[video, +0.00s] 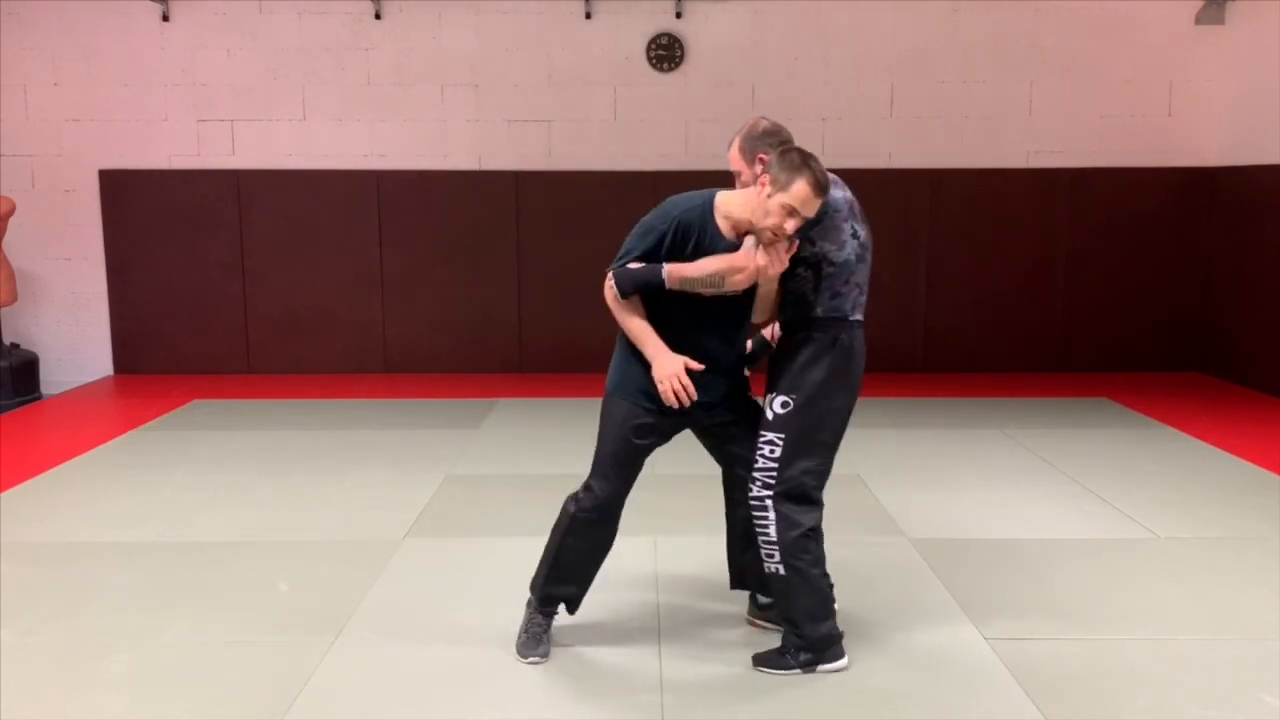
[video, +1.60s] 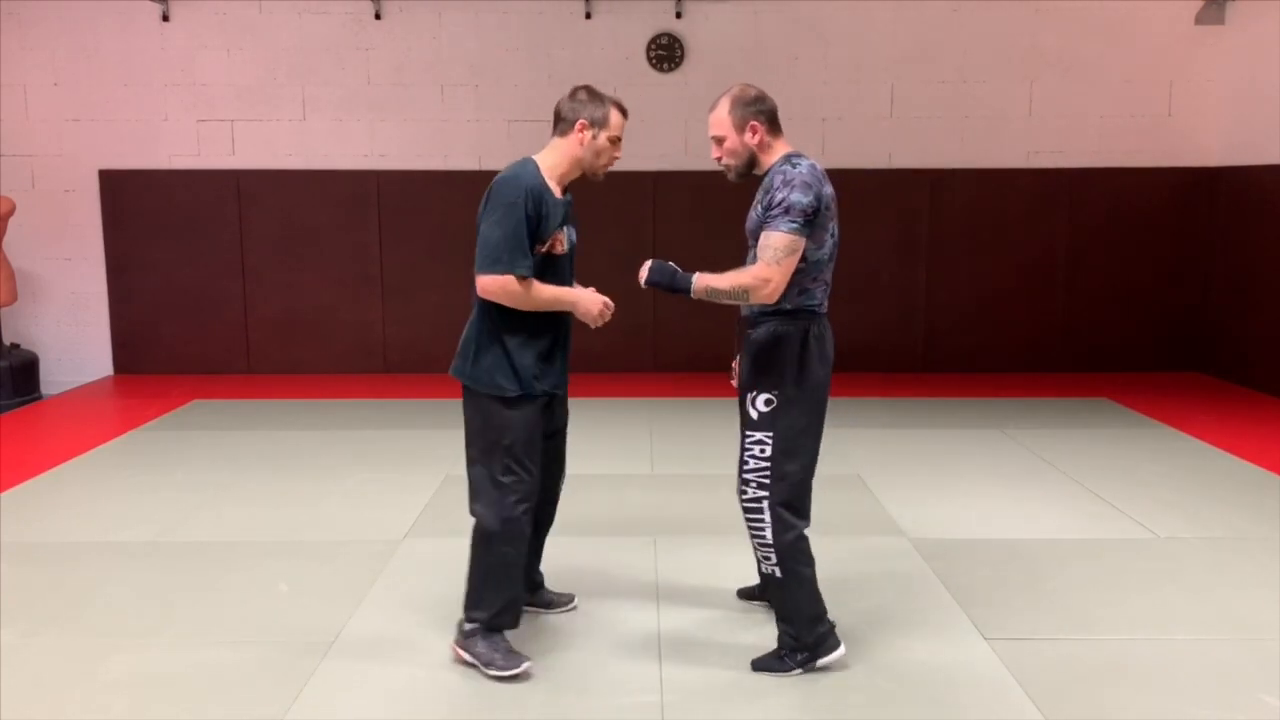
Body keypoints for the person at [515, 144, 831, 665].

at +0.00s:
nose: (791, 229)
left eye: (802, 222)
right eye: (789, 212)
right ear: (760, 185)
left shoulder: (769, 250)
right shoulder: (678, 217)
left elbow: (758, 328)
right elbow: (616, 288)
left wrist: (770, 279)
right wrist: (659, 357)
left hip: (720, 382)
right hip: (645, 378)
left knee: (762, 474)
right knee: (602, 495)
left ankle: (767, 595)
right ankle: (542, 607)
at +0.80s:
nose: (778, 198)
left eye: (784, 187)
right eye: (772, 184)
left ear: (747, 170)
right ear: (736, 164)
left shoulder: (757, 222)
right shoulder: (660, 209)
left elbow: (765, 292)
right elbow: (622, 302)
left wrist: (789, 321)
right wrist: (711, 334)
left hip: (721, 384)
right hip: (649, 384)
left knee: (758, 484)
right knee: (614, 503)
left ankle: (769, 598)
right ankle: (561, 632)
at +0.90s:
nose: (737, 190)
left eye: (741, 178)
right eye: (729, 177)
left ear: (702, 169)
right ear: (691, 166)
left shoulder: (709, 222)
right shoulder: (621, 225)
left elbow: (716, 293)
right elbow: (616, 328)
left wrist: (748, 324)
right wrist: (710, 339)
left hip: (698, 386)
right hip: (630, 394)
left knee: (741, 493)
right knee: (620, 514)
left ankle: (768, 599)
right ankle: (560, 637)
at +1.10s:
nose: (681, 168)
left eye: (684, 155)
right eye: (676, 155)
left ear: (639, 148)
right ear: (638, 148)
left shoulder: (633, 198)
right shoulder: (576, 222)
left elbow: (633, 288)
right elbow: (581, 333)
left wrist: (665, 311)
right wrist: (661, 327)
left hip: (637, 375)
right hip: (586, 388)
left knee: (672, 481)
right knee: (600, 514)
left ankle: (682, 589)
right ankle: (559, 638)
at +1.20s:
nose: (661, 151)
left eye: (663, 139)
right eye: (657, 139)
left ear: (621, 133)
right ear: (622, 133)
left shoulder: (607, 191)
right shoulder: (565, 205)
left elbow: (607, 284)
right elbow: (561, 315)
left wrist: (644, 297)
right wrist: (637, 309)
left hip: (619, 377)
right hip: (573, 387)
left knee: (633, 483)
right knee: (584, 513)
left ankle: (608, 583)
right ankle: (557, 638)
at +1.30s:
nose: (650, 142)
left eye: (651, 130)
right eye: (644, 130)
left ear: (608, 128)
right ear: (609, 128)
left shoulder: (592, 190)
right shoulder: (551, 197)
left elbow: (590, 279)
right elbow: (542, 302)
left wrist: (627, 295)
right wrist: (621, 300)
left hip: (592, 376)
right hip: (554, 384)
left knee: (589, 490)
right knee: (571, 511)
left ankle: (531, 570)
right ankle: (558, 638)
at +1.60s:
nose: (618, 152)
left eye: (620, 141)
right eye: (613, 139)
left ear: (581, 135)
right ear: (581, 133)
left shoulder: (559, 195)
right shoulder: (516, 189)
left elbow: (545, 280)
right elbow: (493, 282)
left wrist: (580, 299)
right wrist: (573, 299)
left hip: (542, 375)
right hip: (501, 376)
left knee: (541, 489)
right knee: (506, 498)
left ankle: (522, 583)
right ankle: (478, 627)